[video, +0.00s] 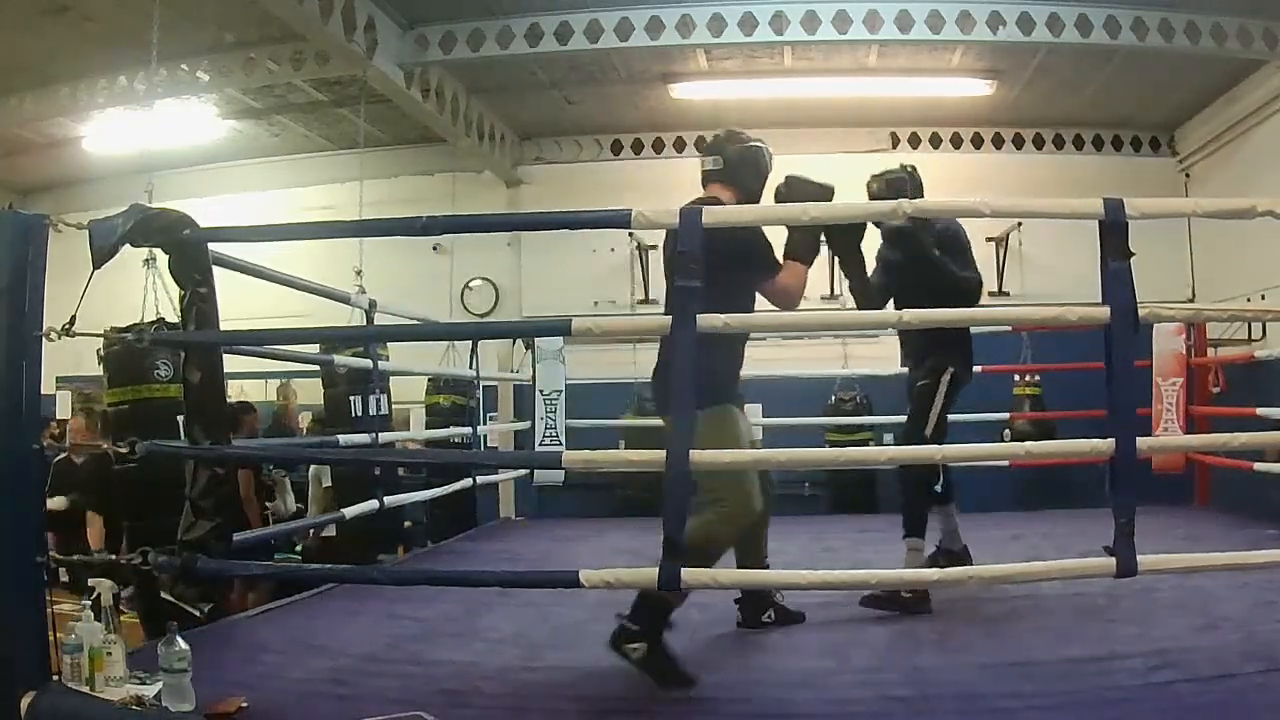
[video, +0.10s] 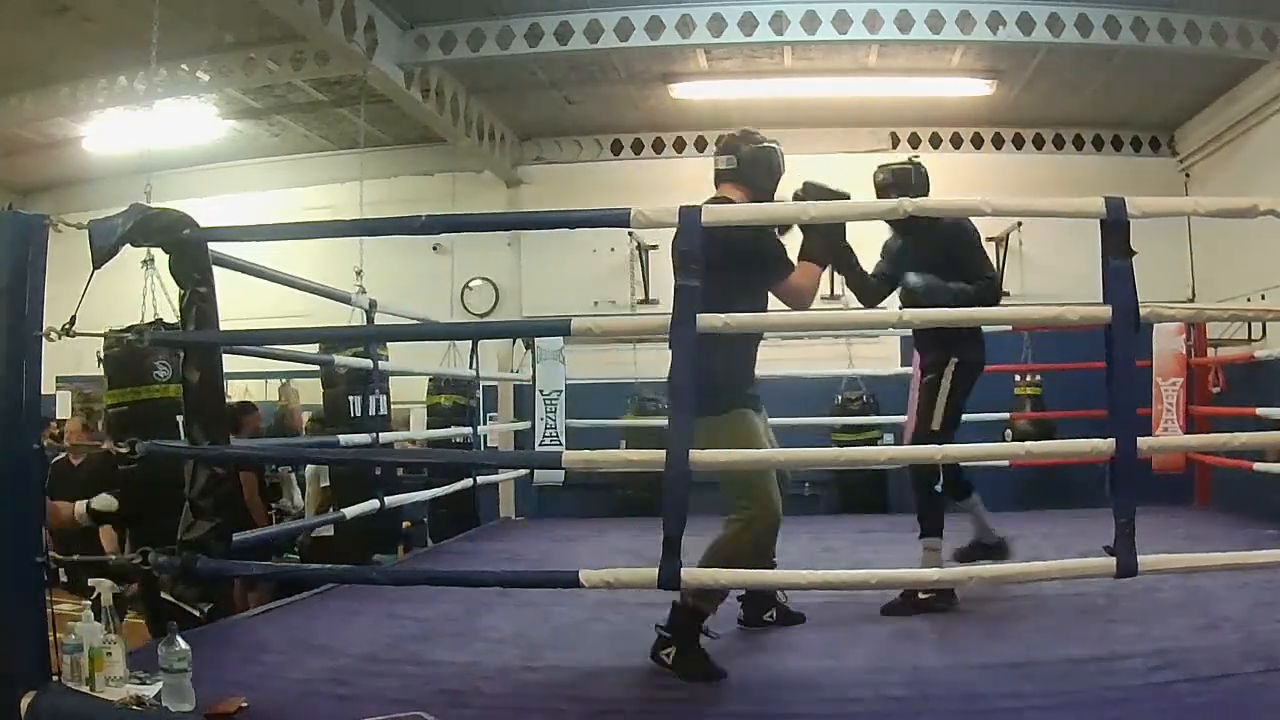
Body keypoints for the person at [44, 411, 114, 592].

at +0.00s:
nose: (71, 437)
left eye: (77, 432)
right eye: (70, 432)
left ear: (89, 435)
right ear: (66, 433)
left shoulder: (101, 463)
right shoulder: (59, 464)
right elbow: (49, 502)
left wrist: (66, 500)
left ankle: (100, 561)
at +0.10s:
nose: (69, 439)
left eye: (74, 434)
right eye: (66, 434)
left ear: (89, 436)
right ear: (64, 437)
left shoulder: (103, 464)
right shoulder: (55, 466)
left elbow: (106, 516)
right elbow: (49, 510)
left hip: (96, 549)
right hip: (63, 549)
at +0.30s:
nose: (56, 433)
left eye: (61, 428)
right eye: (57, 428)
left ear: (76, 434)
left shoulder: (110, 463)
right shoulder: (53, 466)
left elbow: (125, 518)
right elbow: (51, 520)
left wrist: (139, 562)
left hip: (113, 559)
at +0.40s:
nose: (54, 432)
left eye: (59, 428)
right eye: (56, 428)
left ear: (73, 433)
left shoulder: (91, 463)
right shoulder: (50, 462)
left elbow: (95, 505)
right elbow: (46, 502)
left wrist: (87, 541)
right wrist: (51, 540)